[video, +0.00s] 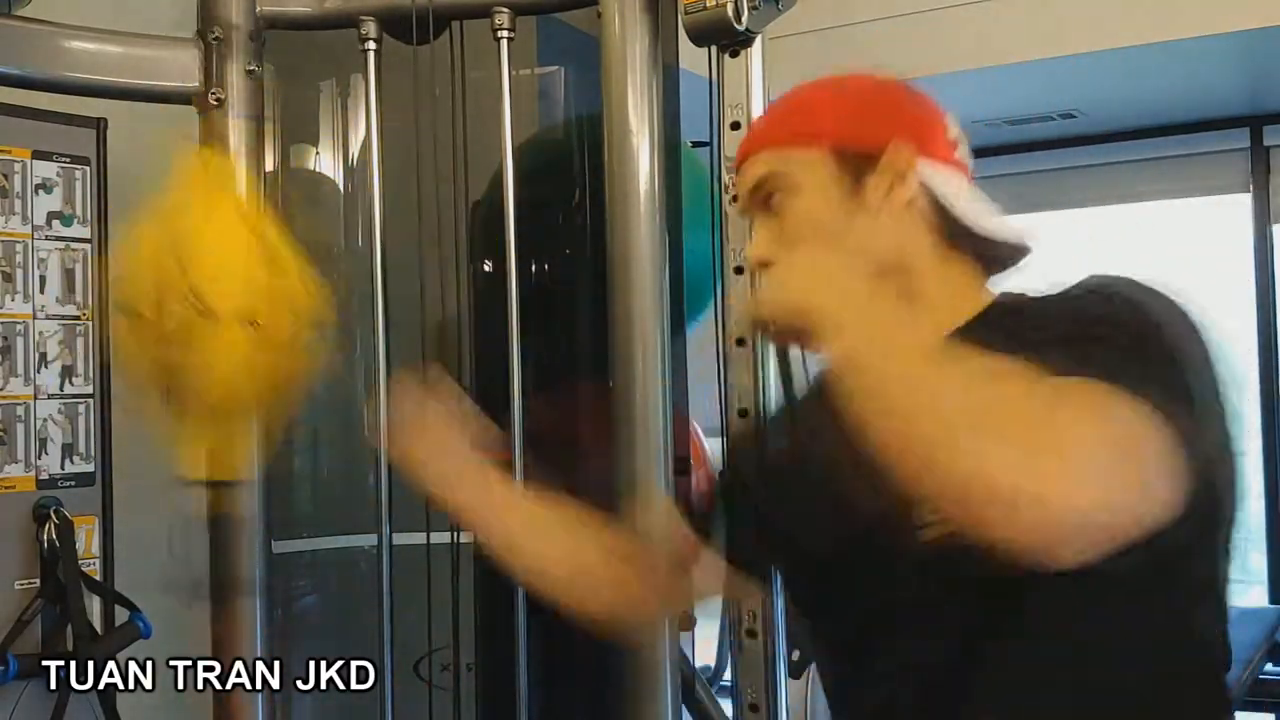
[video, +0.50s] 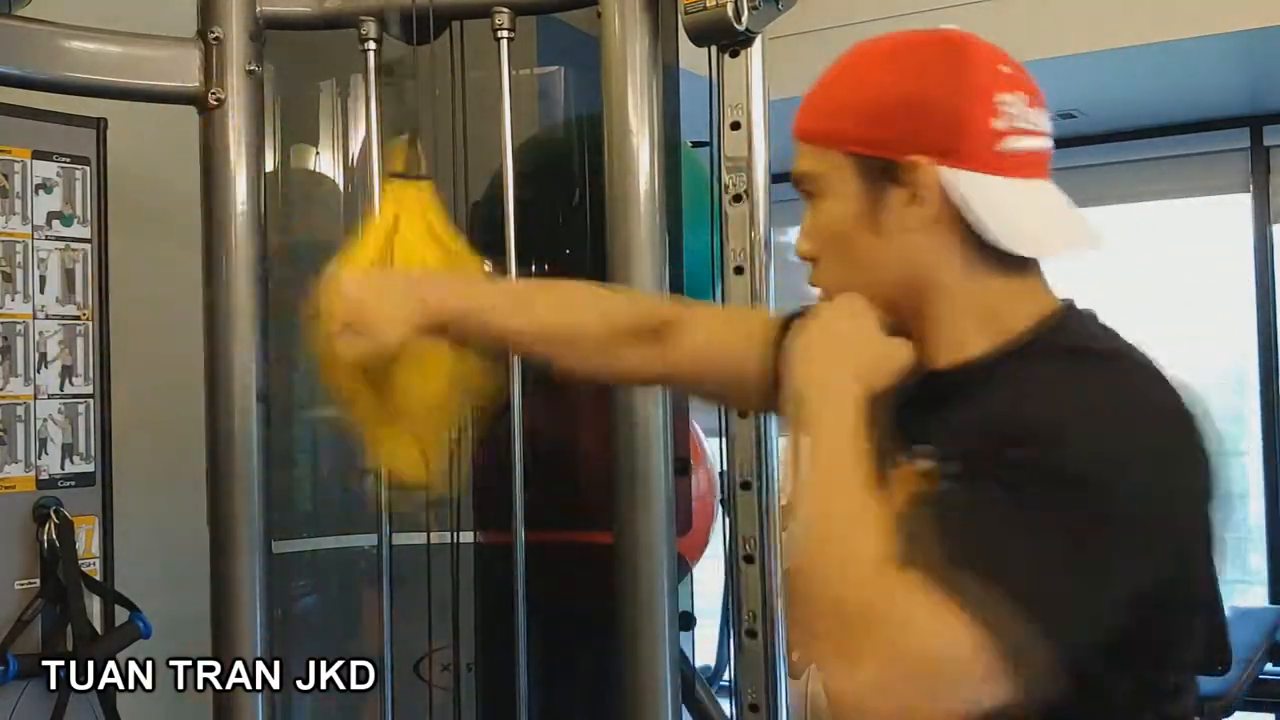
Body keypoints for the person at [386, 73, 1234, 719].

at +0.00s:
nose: (745, 249)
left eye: (770, 202)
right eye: (744, 222)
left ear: (894, 194)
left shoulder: (1111, 332)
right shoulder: (795, 451)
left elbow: (1054, 503)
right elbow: (638, 586)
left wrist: (845, 305)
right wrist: (464, 472)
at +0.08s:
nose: (773, 244)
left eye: (797, 190)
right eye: (766, 209)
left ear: (921, 181)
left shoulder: (1156, 345)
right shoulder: (784, 410)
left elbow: (1158, 541)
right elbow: (535, 430)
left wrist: (926, 291)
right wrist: (397, 270)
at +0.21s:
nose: (803, 266)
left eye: (831, 214)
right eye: (798, 227)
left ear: (959, 203)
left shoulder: (1185, 406)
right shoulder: (812, 421)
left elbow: (1179, 662)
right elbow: (571, 412)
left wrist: (975, 362)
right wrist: (793, 307)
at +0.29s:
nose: (811, 277)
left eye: (839, 223)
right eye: (811, 235)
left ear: (971, 214)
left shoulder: (1196, 425)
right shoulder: (827, 423)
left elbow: (1155, 685)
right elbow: (605, 414)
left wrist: (989, 421)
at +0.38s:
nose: (810, 272)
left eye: (836, 222)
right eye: (813, 232)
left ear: (965, 220)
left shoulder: (1195, 431)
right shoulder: (846, 401)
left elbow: (1112, 691)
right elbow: (600, 384)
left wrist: (945, 414)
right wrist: (893, 335)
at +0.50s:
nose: (800, 242)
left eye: (812, 200)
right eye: (801, 202)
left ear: (918, 199)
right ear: (915, 202)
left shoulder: (1106, 421)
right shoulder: (890, 363)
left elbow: (880, 681)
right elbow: (654, 335)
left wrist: (827, 405)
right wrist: (434, 296)